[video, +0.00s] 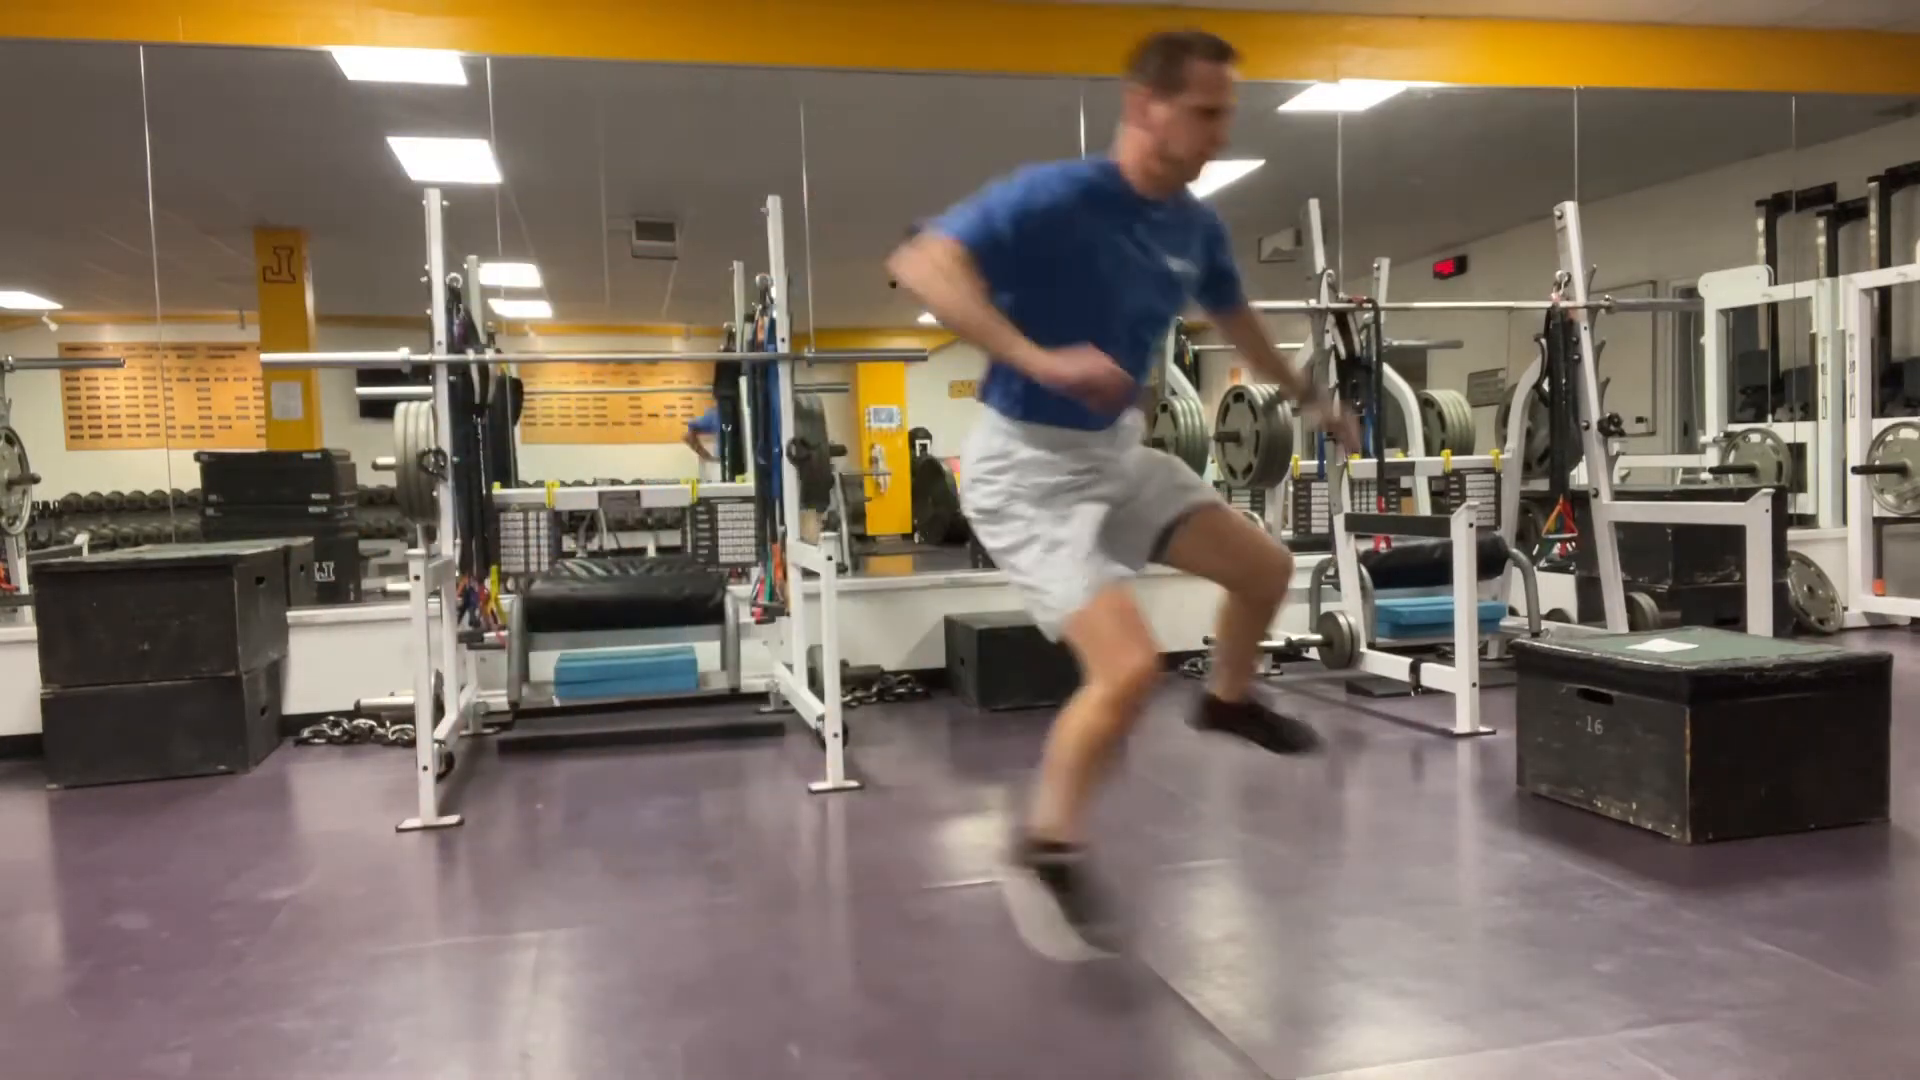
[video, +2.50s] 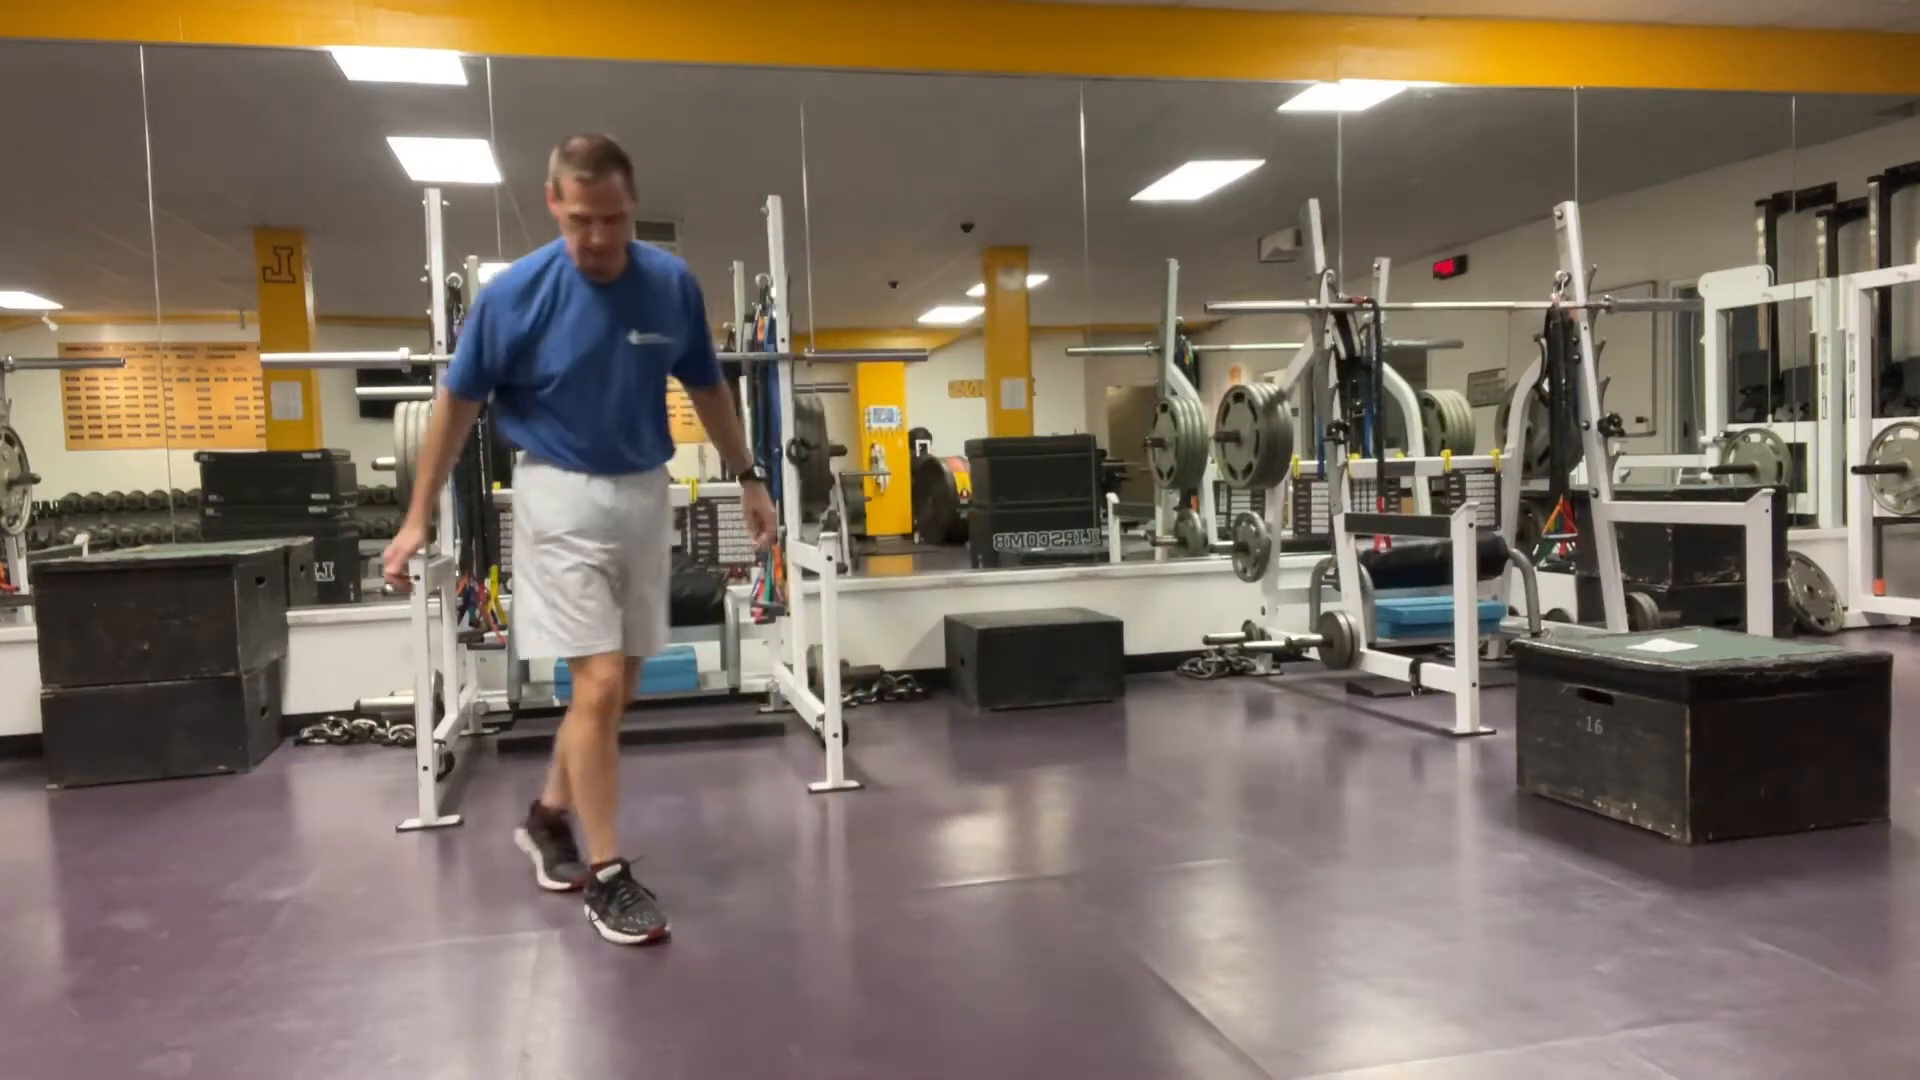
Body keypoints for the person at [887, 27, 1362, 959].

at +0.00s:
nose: (1217, 134)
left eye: (1224, 117)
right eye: (1202, 113)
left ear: (1218, 122)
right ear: (1142, 106)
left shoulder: (1196, 229)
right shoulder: (1055, 196)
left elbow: (1242, 330)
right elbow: (922, 263)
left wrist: (1306, 395)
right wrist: (1033, 355)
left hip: (1117, 459)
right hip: (1023, 466)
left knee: (1263, 569)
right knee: (1127, 667)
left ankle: (1229, 702)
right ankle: (1045, 846)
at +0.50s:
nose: (1466, 419)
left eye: (1472, 403)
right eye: (1454, 400)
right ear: (1396, 387)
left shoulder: (1412, 466)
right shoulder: (1328, 457)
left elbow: (1488, 567)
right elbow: (1413, 599)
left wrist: (1527, 487)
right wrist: (1498, 490)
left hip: (1289, 617)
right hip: (1207, 615)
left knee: (1425, 692)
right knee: (1351, 713)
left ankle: (1342, 839)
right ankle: (1259, 896)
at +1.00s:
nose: (1421, 300)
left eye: (1428, 282)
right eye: (1407, 280)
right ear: (1353, 275)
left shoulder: (1375, 369)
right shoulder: (1280, 359)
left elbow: (1384, 492)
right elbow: (1307, 526)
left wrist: (1458, 533)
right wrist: (1448, 550)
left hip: (1275, 549)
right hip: (1196, 546)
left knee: (1389, 677)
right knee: (1322, 694)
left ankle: (1341, 838)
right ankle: (1258, 892)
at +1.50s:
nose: (1127, 200)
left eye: (1134, 184)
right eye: (1108, 184)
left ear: (1142, 191)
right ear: (1061, 193)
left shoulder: (1136, 302)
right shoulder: (1025, 295)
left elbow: (1126, 431)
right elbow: (939, 424)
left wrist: (1167, 513)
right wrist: (953, 550)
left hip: (1110, 509)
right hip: (1052, 510)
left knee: (1104, 710)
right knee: (1172, 688)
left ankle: (978, 833)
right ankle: (1240, 895)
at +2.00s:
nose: (814, 199)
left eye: (824, 182)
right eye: (795, 186)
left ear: (840, 186)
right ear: (761, 194)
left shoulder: (863, 282)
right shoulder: (734, 292)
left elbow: (877, 395)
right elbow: (733, 430)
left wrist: (925, 472)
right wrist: (840, 476)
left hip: (867, 514)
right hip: (779, 524)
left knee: (927, 671)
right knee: (746, 710)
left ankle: (957, 849)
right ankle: (627, 858)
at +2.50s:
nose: (599, 239)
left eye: (613, 219)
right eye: (583, 222)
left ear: (634, 204)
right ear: (553, 205)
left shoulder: (669, 284)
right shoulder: (512, 297)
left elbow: (706, 383)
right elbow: (456, 404)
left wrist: (749, 482)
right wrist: (417, 519)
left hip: (644, 498)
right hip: (559, 500)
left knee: (613, 682)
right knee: (601, 683)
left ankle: (550, 813)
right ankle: (607, 872)